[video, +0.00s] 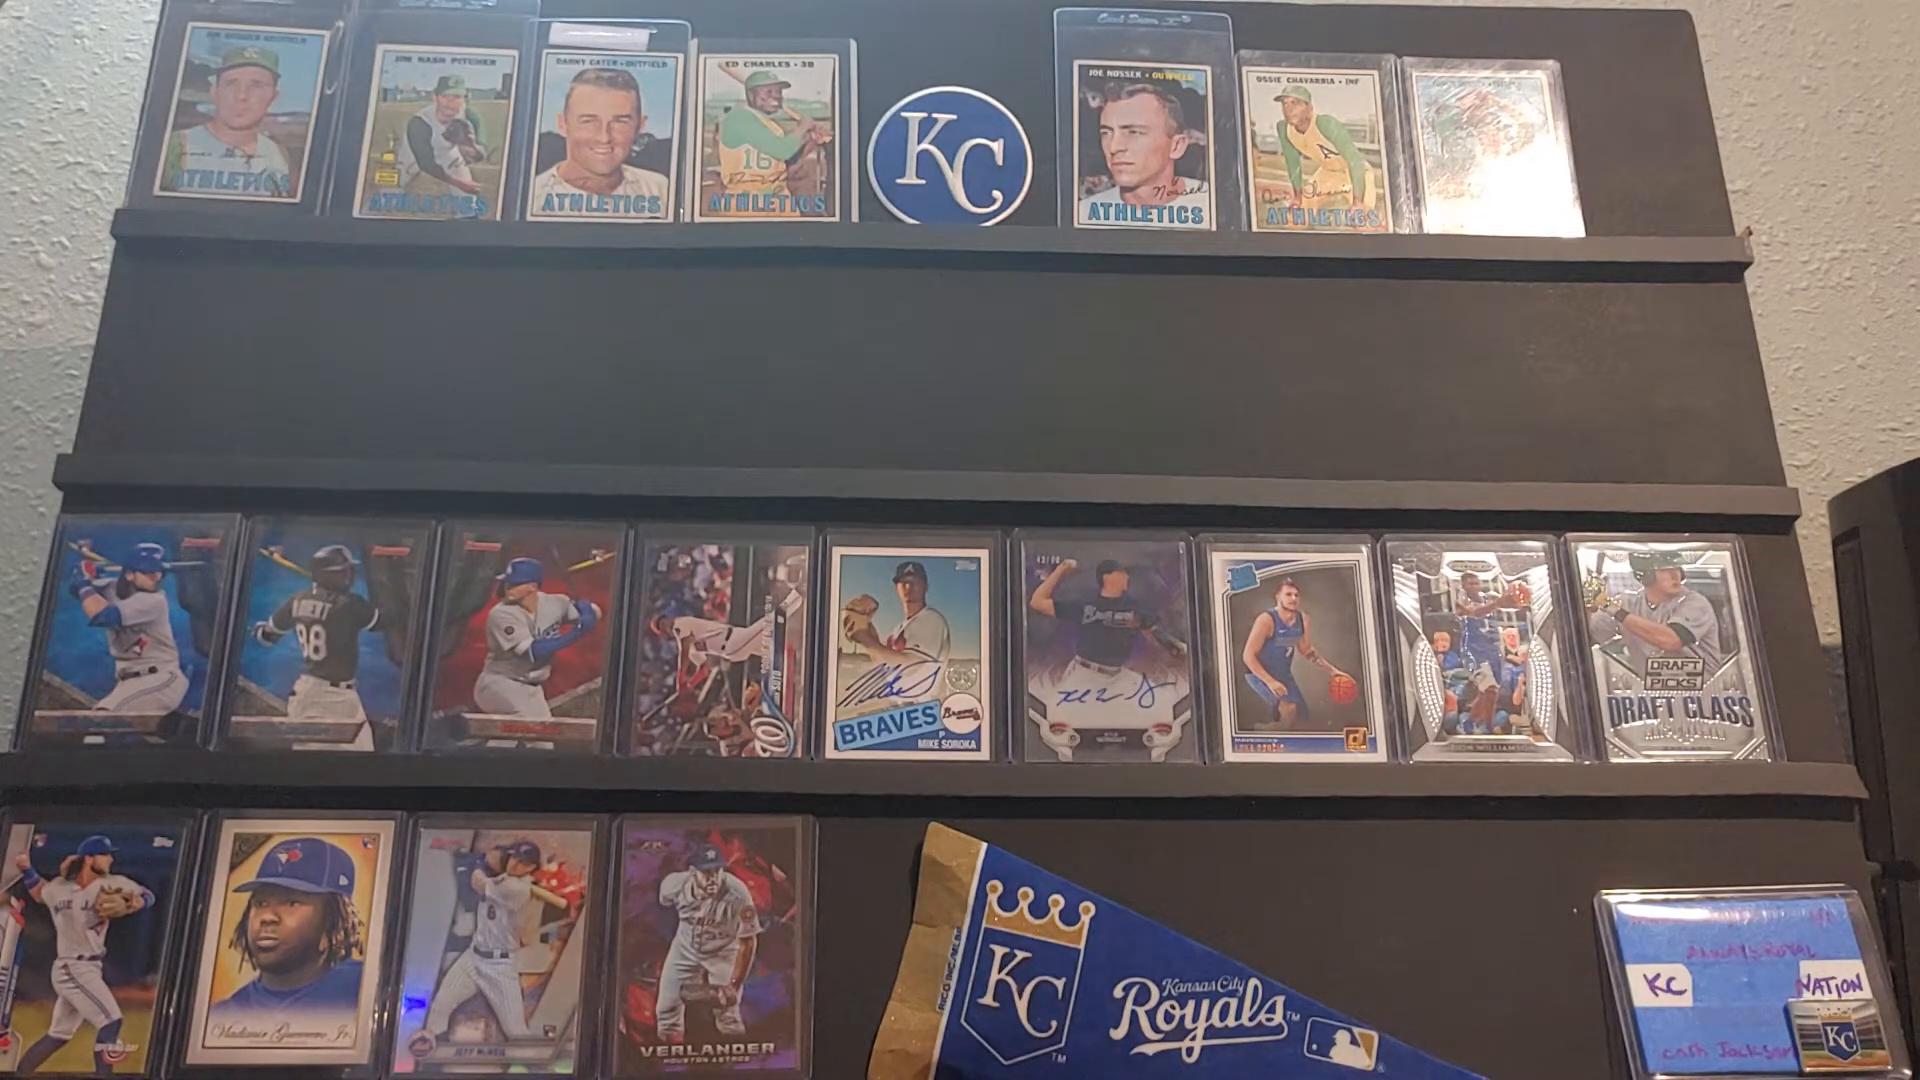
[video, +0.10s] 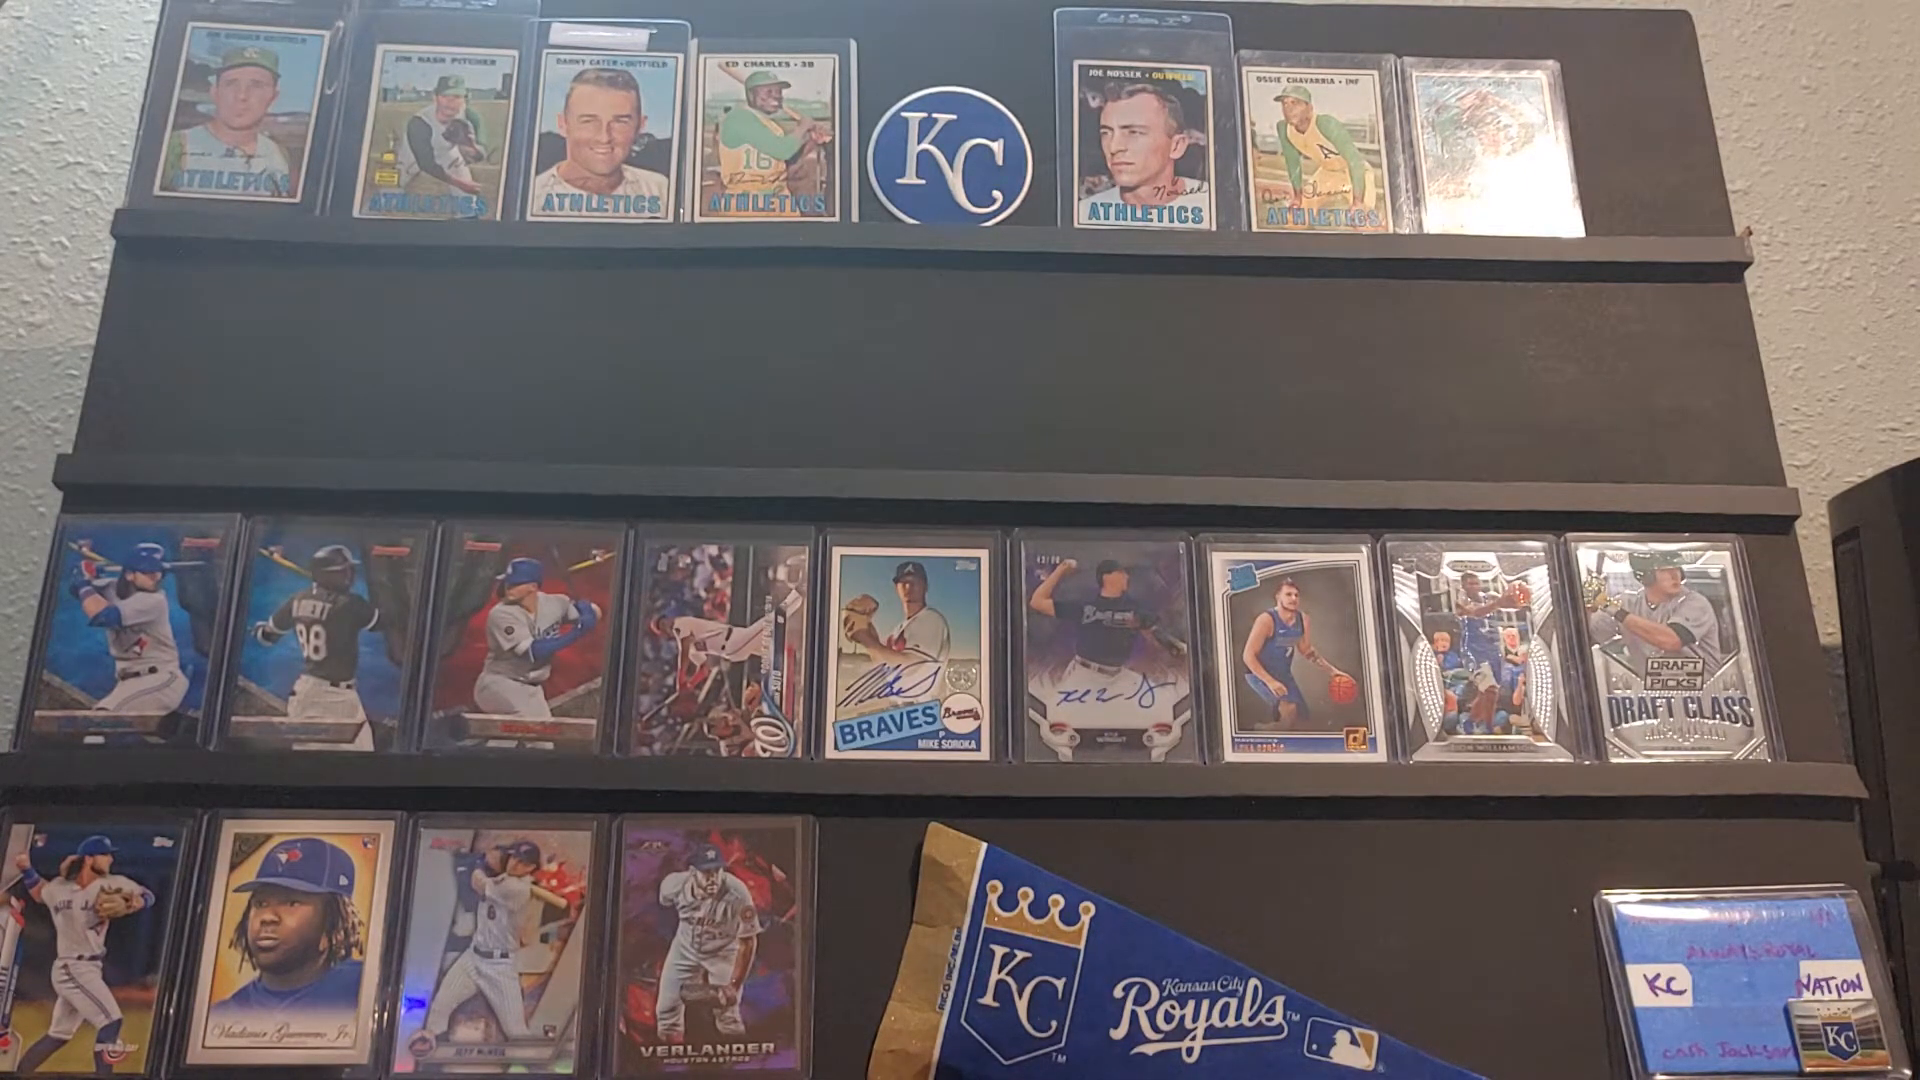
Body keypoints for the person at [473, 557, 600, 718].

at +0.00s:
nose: (507, 588)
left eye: (514, 584)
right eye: (507, 583)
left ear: (532, 587)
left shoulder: (554, 603)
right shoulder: (500, 614)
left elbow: (581, 606)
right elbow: (532, 651)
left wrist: (588, 615)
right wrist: (575, 634)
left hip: (531, 687)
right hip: (496, 683)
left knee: (546, 733)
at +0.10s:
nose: (507, 588)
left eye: (514, 584)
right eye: (507, 583)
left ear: (532, 587)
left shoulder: (555, 603)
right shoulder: (500, 614)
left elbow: (580, 607)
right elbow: (532, 651)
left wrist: (588, 614)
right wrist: (576, 633)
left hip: (531, 687)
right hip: (496, 683)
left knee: (546, 732)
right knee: (529, 715)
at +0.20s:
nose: (507, 588)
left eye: (514, 584)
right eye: (507, 583)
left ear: (533, 587)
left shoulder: (555, 603)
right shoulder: (500, 614)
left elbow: (580, 607)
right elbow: (532, 652)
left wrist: (588, 614)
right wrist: (576, 633)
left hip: (531, 687)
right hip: (497, 683)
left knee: (546, 733)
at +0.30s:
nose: (507, 588)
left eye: (514, 584)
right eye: (507, 583)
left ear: (533, 587)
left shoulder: (555, 603)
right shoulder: (500, 614)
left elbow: (580, 607)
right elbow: (532, 652)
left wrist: (588, 614)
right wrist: (576, 633)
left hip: (531, 687)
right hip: (497, 683)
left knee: (546, 733)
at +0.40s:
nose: (507, 588)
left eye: (514, 584)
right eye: (507, 583)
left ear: (532, 587)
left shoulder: (555, 603)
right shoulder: (500, 614)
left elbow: (582, 607)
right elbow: (532, 652)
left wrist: (587, 614)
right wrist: (575, 633)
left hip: (531, 687)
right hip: (497, 683)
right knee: (527, 716)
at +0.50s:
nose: (507, 588)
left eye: (514, 584)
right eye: (507, 583)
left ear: (532, 587)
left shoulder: (555, 603)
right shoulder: (500, 614)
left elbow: (582, 607)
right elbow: (532, 651)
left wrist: (588, 614)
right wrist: (576, 633)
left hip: (531, 688)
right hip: (497, 683)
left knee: (546, 735)